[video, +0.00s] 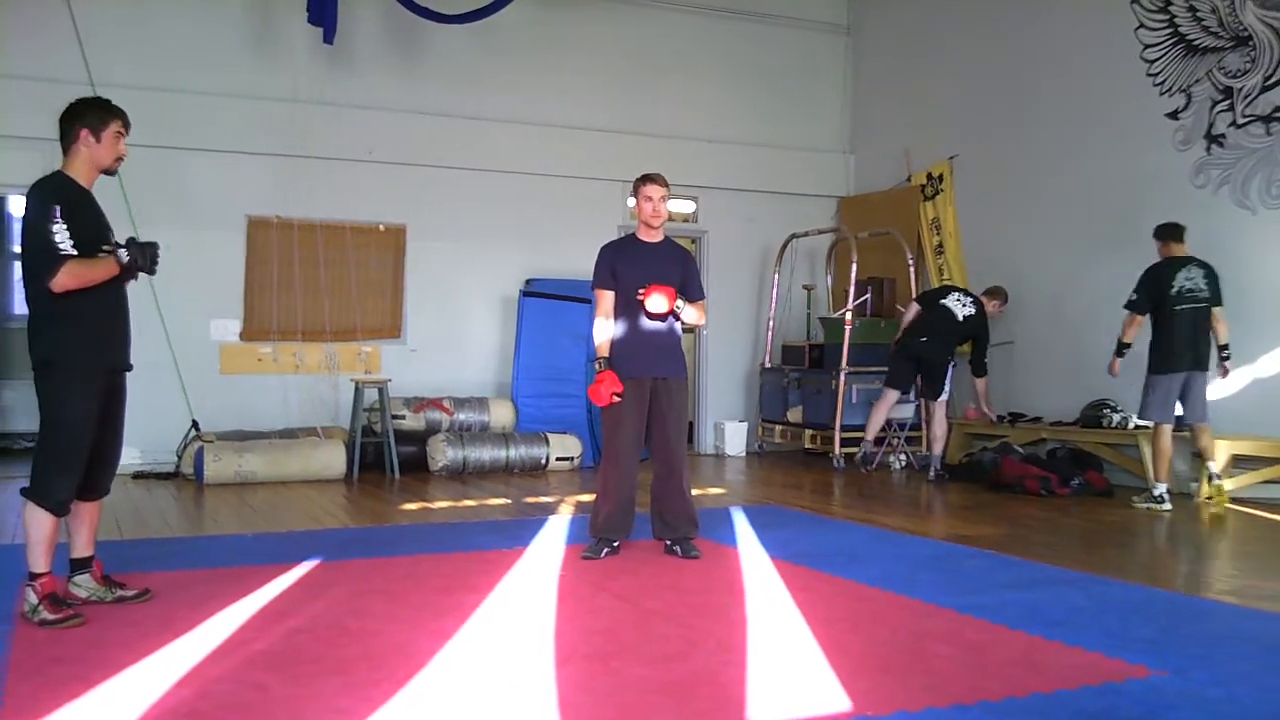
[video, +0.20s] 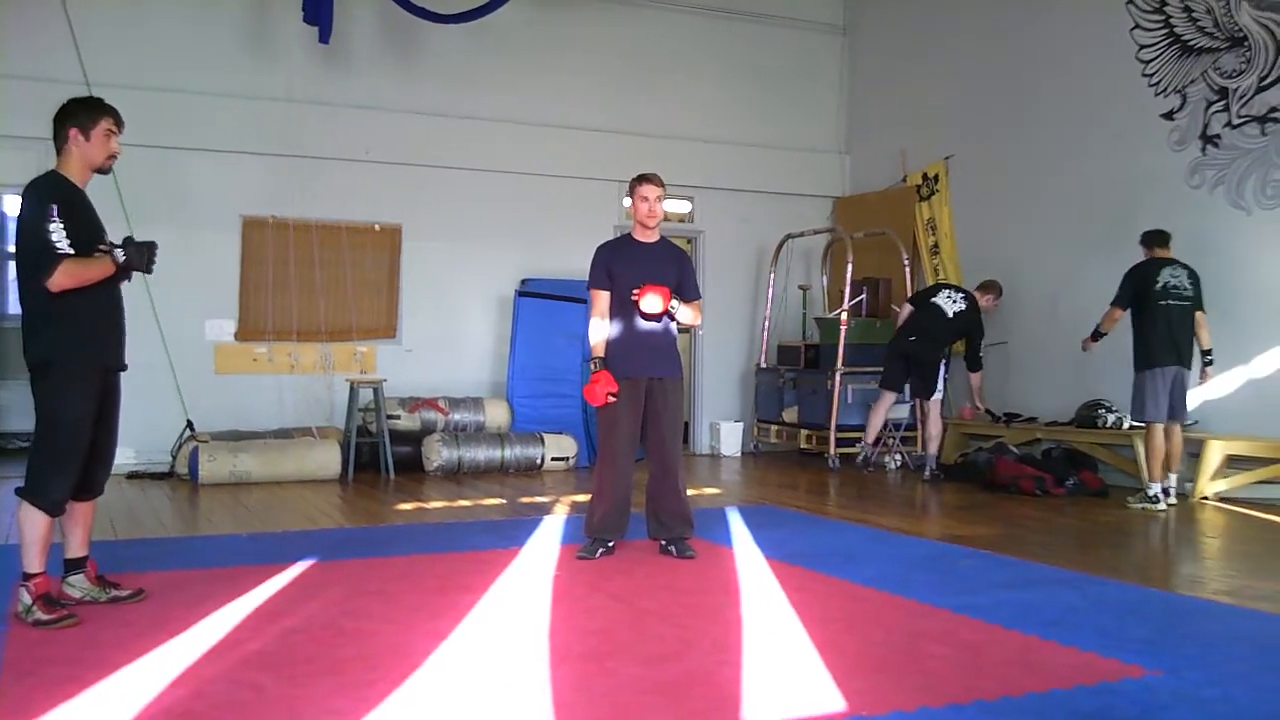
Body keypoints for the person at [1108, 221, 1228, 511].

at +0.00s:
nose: (1157, 250)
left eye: (1158, 246)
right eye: (1159, 245)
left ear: (1162, 245)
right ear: (1183, 242)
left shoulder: (1155, 273)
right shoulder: (1206, 270)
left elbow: (1134, 319)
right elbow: (1217, 317)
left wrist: (1119, 354)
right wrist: (1224, 355)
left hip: (1166, 361)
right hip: (1199, 361)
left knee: (1162, 425)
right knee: (1199, 422)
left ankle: (1160, 492)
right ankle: (1213, 473)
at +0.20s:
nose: (1143, 254)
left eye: (1143, 250)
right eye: (1144, 251)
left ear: (1147, 248)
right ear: (1169, 246)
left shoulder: (1139, 272)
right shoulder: (1189, 274)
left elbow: (1117, 312)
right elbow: (1199, 319)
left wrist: (1095, 337)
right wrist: (1207, 359)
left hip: (1153, 359)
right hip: (1182, 359)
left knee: (1155, 424)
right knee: (1175, 423)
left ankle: (1154, 492)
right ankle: (1171, 489)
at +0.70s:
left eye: (1103, 285)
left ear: (1107, 283)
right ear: (1127, 286)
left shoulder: (1104, 290)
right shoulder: (1142, 301)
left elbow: (1095, 317)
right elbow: (1153, 344)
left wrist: (1091, 352)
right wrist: (1158, 384)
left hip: (1126, 349)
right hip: (1149, 357)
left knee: (1121, 417)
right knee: (1134, 419)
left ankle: (1124, 487)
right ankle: (1129, 484)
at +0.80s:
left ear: (1118, 285)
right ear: (1137, 287)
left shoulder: (1116, 290)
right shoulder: (1154, 302)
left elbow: (1109, 321)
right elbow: (1166, 346)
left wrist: (1106, 356)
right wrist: (1172, 386)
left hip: (1139, 350)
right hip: (1163, 357)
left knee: (1134, 417)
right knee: (1148, 419)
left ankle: (1137, 486)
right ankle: (1146, 485)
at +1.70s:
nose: (1109, 248)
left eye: (1111, 243)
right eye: (1110, 243)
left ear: (1121, 244)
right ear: (1135, 245)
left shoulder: (1110, 276)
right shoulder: (1155, 281)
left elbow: (1094, 320)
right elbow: (1155, 326)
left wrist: (1073, 328)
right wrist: (1139, 348)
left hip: (1113, 357)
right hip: (1140, 360)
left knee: (1106, 422)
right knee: (1144, 423)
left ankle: (1099, 486)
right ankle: (1156, 486)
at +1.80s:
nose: (1086, 247)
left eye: (1088, 242)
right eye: (1086, 242)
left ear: (1098, 243)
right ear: (1111, 243)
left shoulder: (1086, 274)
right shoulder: (1132, 279)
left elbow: (1062, 315)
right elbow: (1131, 322)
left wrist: (1043, 315)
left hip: (1090, 355)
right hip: (1117, 359)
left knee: (1087, 420)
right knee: (1122, 418)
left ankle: (1083, 484)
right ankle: (1138, 481)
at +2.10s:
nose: (1091, 246)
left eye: (1092, 241)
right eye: (1091, 241)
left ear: (1101, 241)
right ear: (1116, 241)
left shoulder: (1089, 274)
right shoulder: (1137, 277)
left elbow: (1066, 312)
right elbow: (1139, 318)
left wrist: (1047, 307)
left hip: (1096, 355)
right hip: (1124, 357)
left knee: (1101, 420)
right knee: (1127, 418)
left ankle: (1105, 485)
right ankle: (1141, 480)